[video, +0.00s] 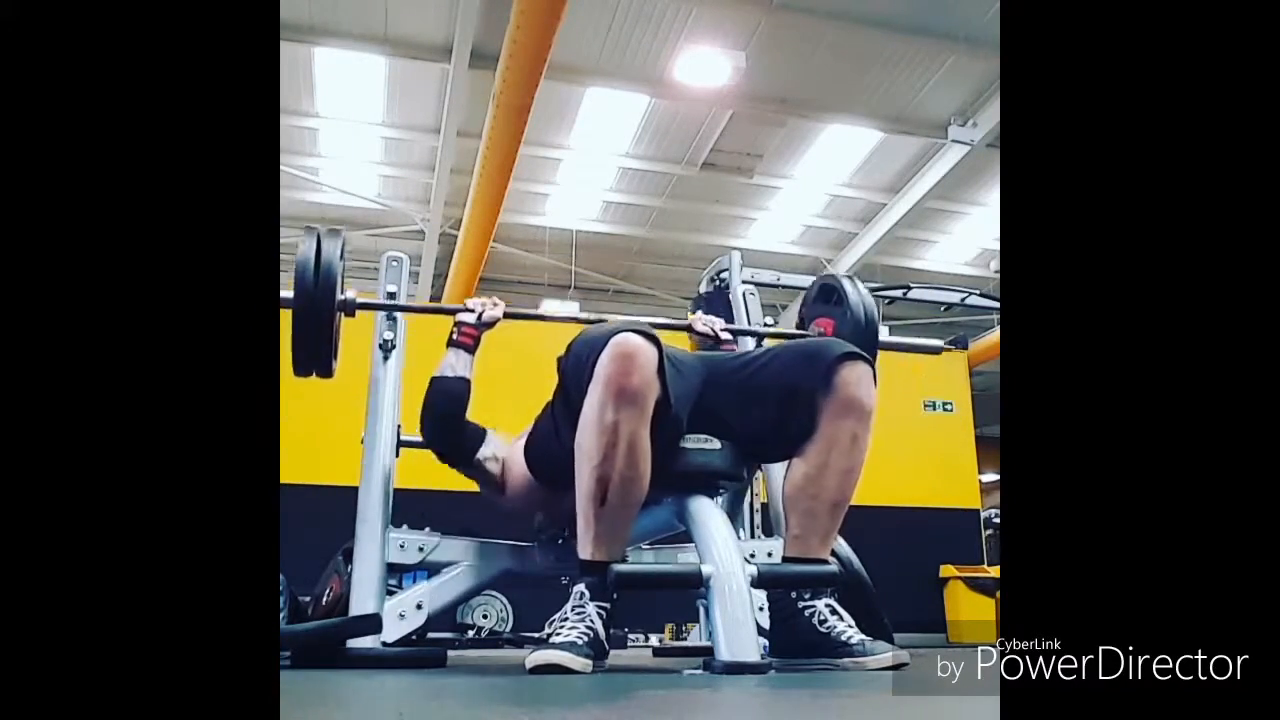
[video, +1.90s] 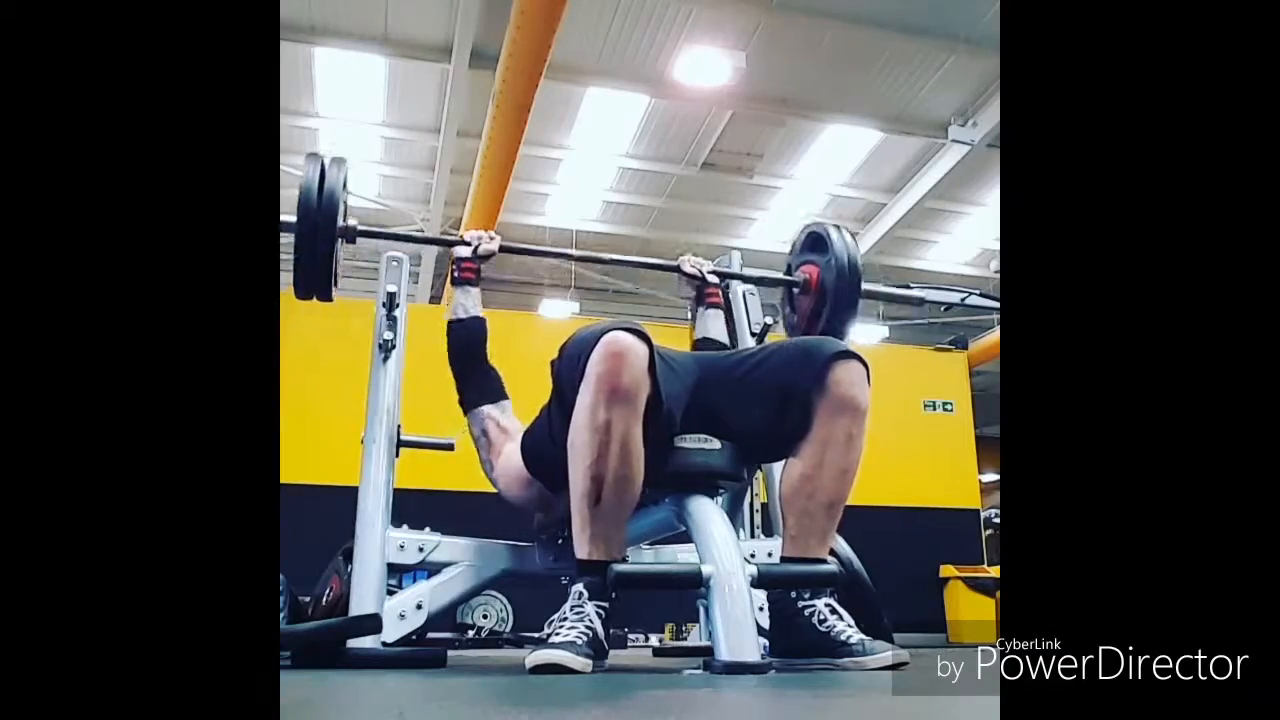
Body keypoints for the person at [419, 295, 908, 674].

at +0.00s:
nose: (503, 485)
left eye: (502, 483)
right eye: (498, 484)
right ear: (501, 475)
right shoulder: (512, 462)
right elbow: (443, 425)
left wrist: (729, 352)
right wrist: (465, 338)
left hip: (704, 386)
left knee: (851, 378)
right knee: (630, 357)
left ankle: (798, 608)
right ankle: (587, 607)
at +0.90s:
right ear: (498, 477)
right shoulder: (515, 475)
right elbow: (434, 470)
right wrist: (461, 381)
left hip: (709, 375)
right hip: (631, 360)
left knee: (844, 374)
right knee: (615, 356)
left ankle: (800, 604)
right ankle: (587, 603)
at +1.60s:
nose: (495, 450)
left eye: (497, 452)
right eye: (492, 456)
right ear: (497, 470)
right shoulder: (516, 470)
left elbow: (734, 404)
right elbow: (448, 400)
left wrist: (721, 338)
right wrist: (463, 309)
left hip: (697, 389)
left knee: (848, 377)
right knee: (625, 355)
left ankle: (800, 606)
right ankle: (585, 606)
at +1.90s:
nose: (492, 434)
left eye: (492, 435)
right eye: (487, 437)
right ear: (499, 459)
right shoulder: (523, 468)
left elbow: (719, 377)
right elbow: (474, 370)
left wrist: (709, 302)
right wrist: (464, 276)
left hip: (685, 381)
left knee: (842, 373)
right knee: (618, 351)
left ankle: (797, 604)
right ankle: (587, 606)